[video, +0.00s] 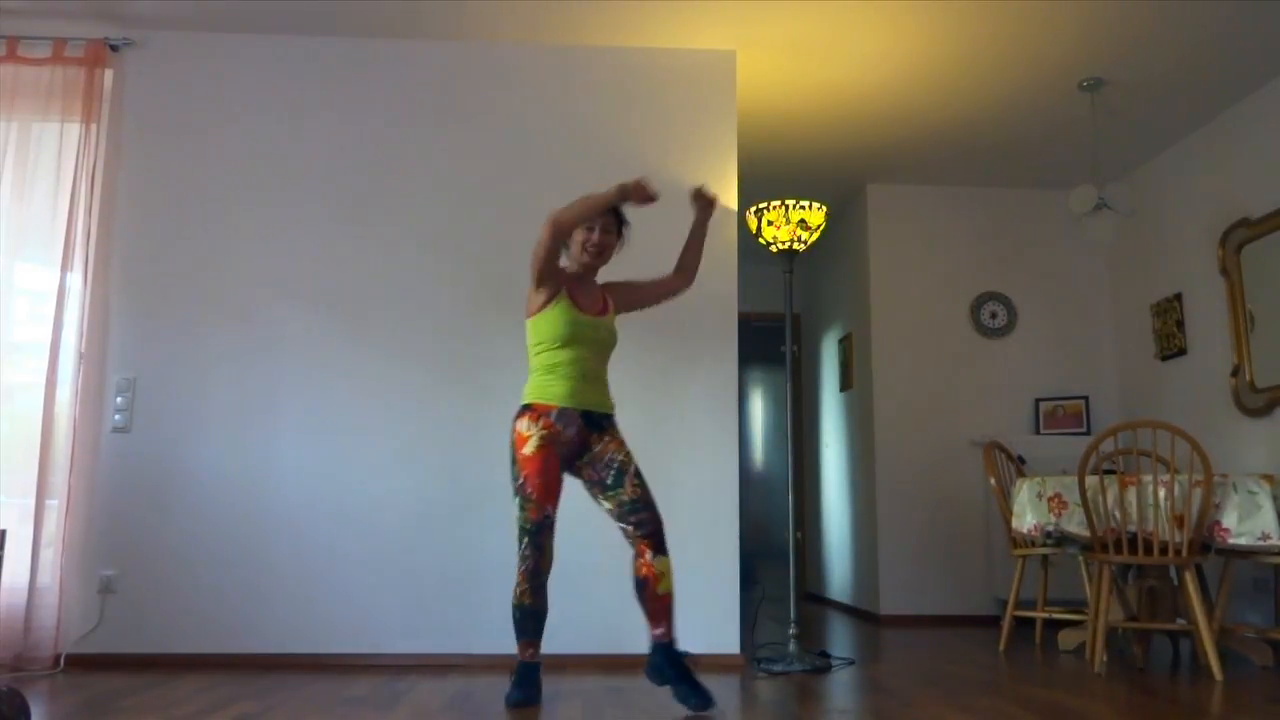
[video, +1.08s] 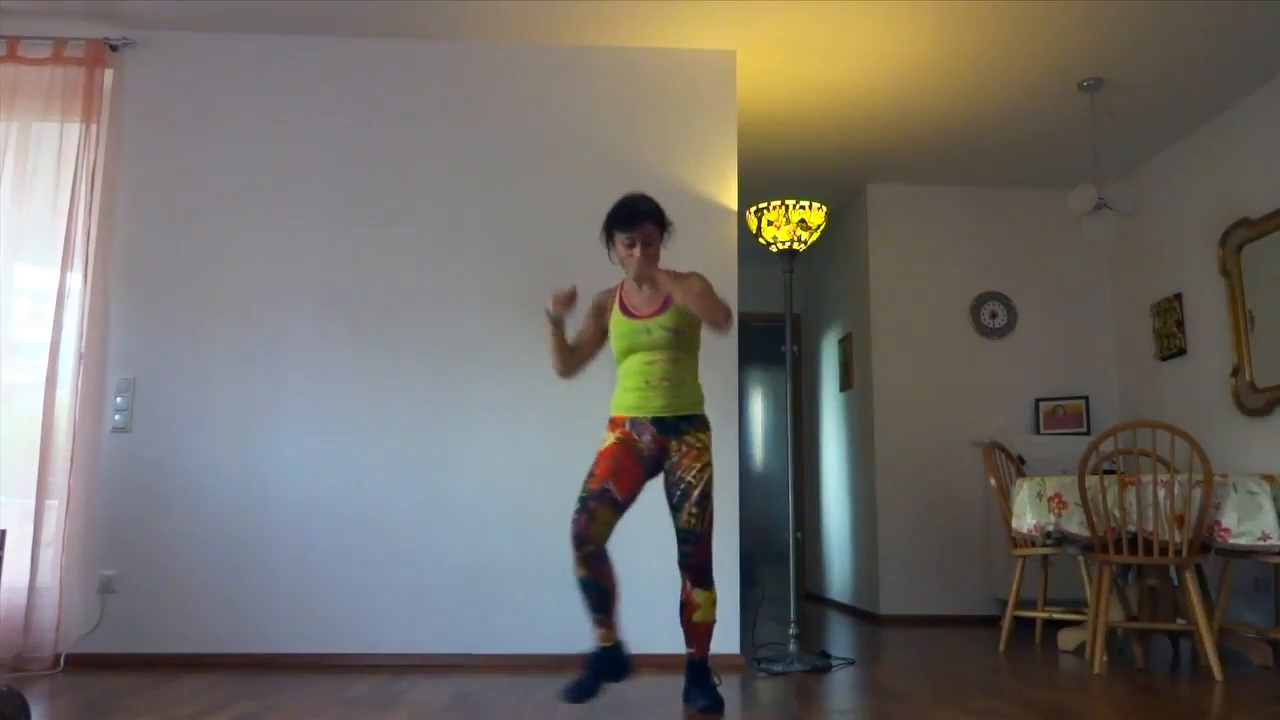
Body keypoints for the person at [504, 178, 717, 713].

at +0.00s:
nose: (598, 239)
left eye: (610, 233)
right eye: (593, 227)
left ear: (618, 246)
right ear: (573, 234)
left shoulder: (610, 298)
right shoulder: (548, 284)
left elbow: (679, 280)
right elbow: (556, 223)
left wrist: (701, 219)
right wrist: (619, 193)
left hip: (596, 429)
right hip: (541, 424)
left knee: (648, 531)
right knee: (534, 550)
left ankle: (664, 653)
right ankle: (528, 667)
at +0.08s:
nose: (595, 245)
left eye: (607, 240)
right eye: (588, 234)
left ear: (613, 251)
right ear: (569, 241)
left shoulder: (606, 306)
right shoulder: (545, 292)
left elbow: (671, 315)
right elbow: (526, 265)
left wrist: (680, 260)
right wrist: (573, 229)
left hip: (583, 436)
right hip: (530, 430)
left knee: (626, 529)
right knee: (534, 553)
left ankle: (619, 655)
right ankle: (529, 669)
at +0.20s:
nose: (584, 246)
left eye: (595, 241)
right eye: (576, 238)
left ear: (608, 254)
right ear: (558, 246)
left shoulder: (606, 316)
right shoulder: (535, 294)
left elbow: (633, 376)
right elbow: (485, 344)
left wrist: (656, 335)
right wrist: (532, 297)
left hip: (577, 440)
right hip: (523, 434)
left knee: (587, 543)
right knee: (529, 560)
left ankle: (535, 661)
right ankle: (533, 677)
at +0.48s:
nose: (582, 233)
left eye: (593, 227)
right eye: (573, 225)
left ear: (608, 239)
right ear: (558, 233)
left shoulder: (608, 300)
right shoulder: (531, 281)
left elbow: (634, 370)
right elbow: (477, 341)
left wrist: (622, 302)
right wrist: (476, 298)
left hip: (581, 428)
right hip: (524, 421)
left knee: (597, 539)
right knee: (527, 546)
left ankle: (551, 658)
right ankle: (527, 666)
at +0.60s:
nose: (591, 217)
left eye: (600, 210)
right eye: (581, 208)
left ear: (612, 220)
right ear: (567, 216)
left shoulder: (619, 272)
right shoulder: (547, 264)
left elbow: (644, 290)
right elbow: (471, 284)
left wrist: (626, 226)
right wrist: (473, 229)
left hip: (589, 408)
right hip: (530, 403)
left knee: (625, 528)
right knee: (526, 534)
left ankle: (627, 650)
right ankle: (525, 658)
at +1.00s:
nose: (629, 244)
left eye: (635, 234)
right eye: (618, 237)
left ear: (651, 234)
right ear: (605, 244)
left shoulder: (675, 279)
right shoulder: (601, 295)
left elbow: (699, 261)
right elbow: (533, 324)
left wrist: (651, 212)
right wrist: (534, 265)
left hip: (669, 423)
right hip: (610, 420)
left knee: (682, 550)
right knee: (569, 538)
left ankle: (697, 670)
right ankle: (563, 652)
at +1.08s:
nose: (639, 251)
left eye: (648, 241)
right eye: (628, 243)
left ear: (663, 242)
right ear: (613, 250)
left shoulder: (687, 285)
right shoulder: (608, 303)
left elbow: (722, 320)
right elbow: (568, 366)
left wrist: (667, 281)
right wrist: (557, 321)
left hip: (686, 430)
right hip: (627, 432)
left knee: (695, 551)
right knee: (585, 531)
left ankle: (699, 672)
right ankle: (608, 650)